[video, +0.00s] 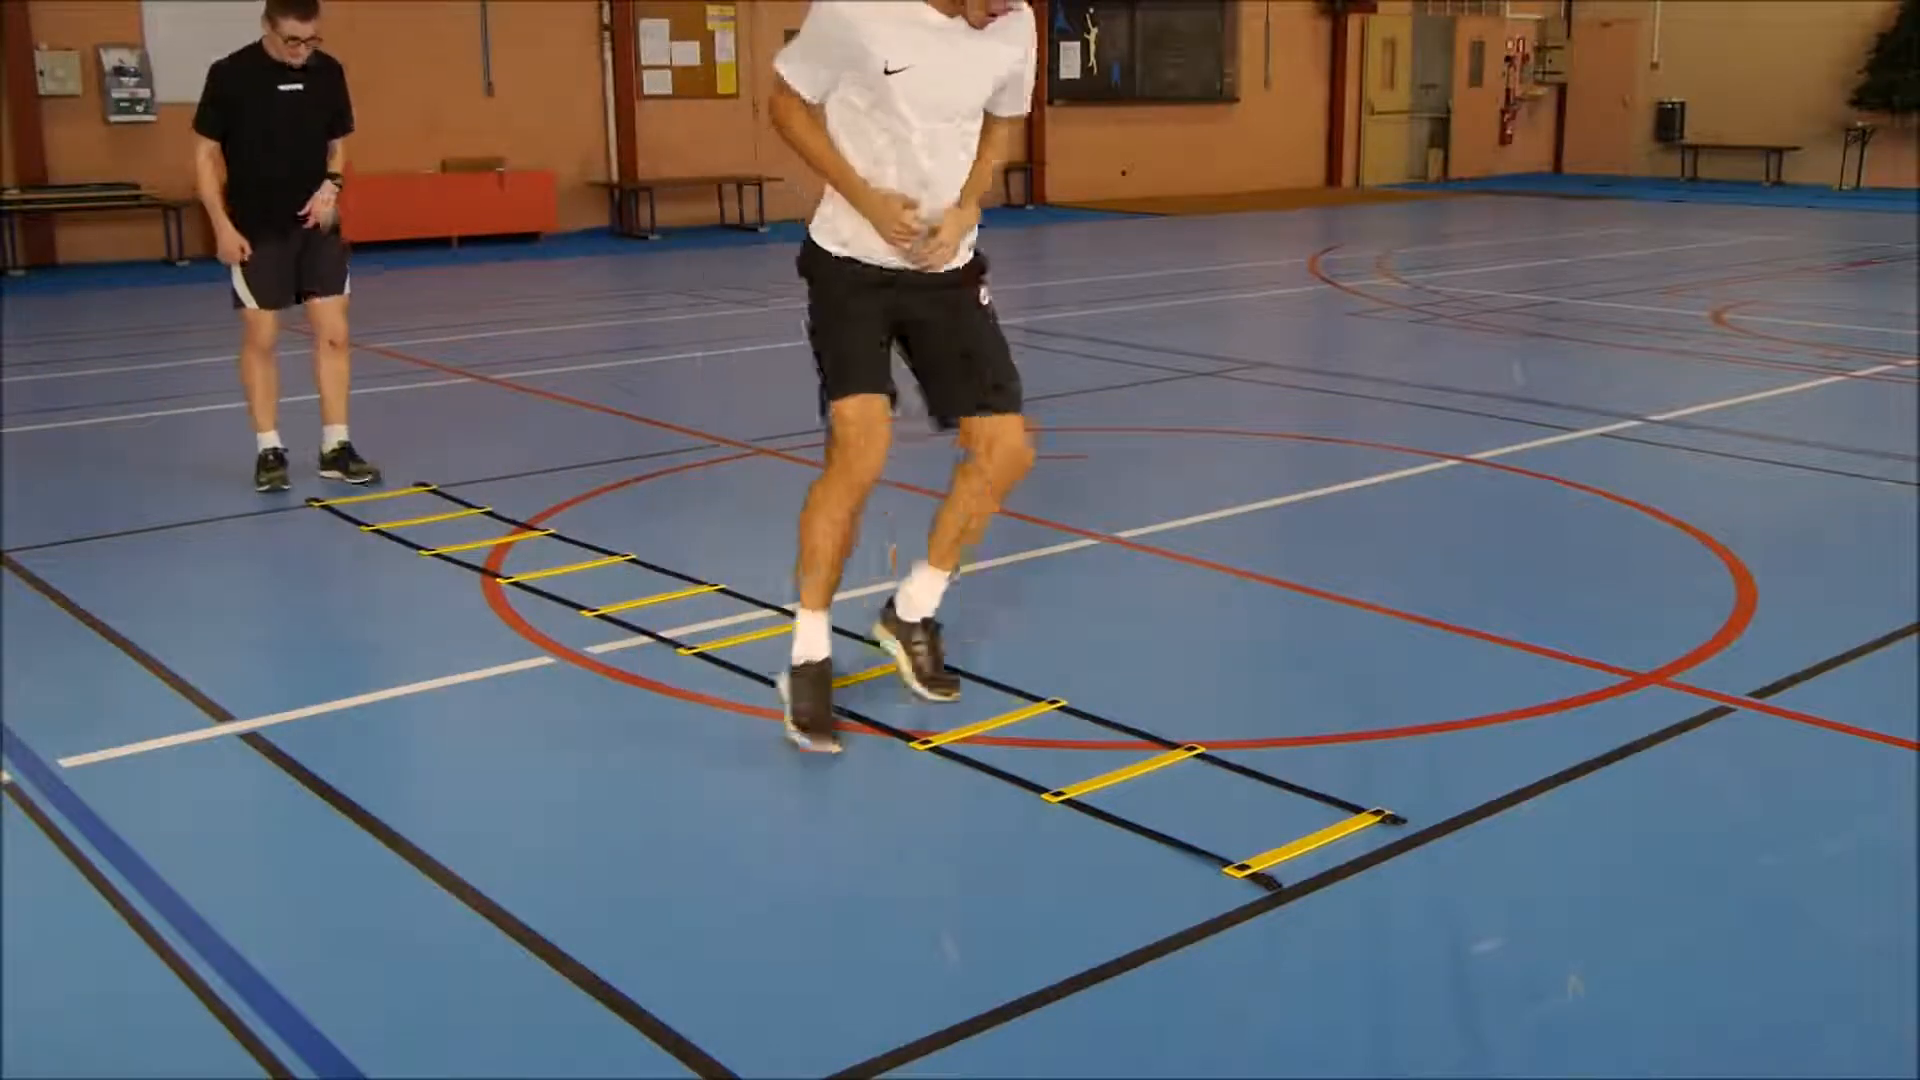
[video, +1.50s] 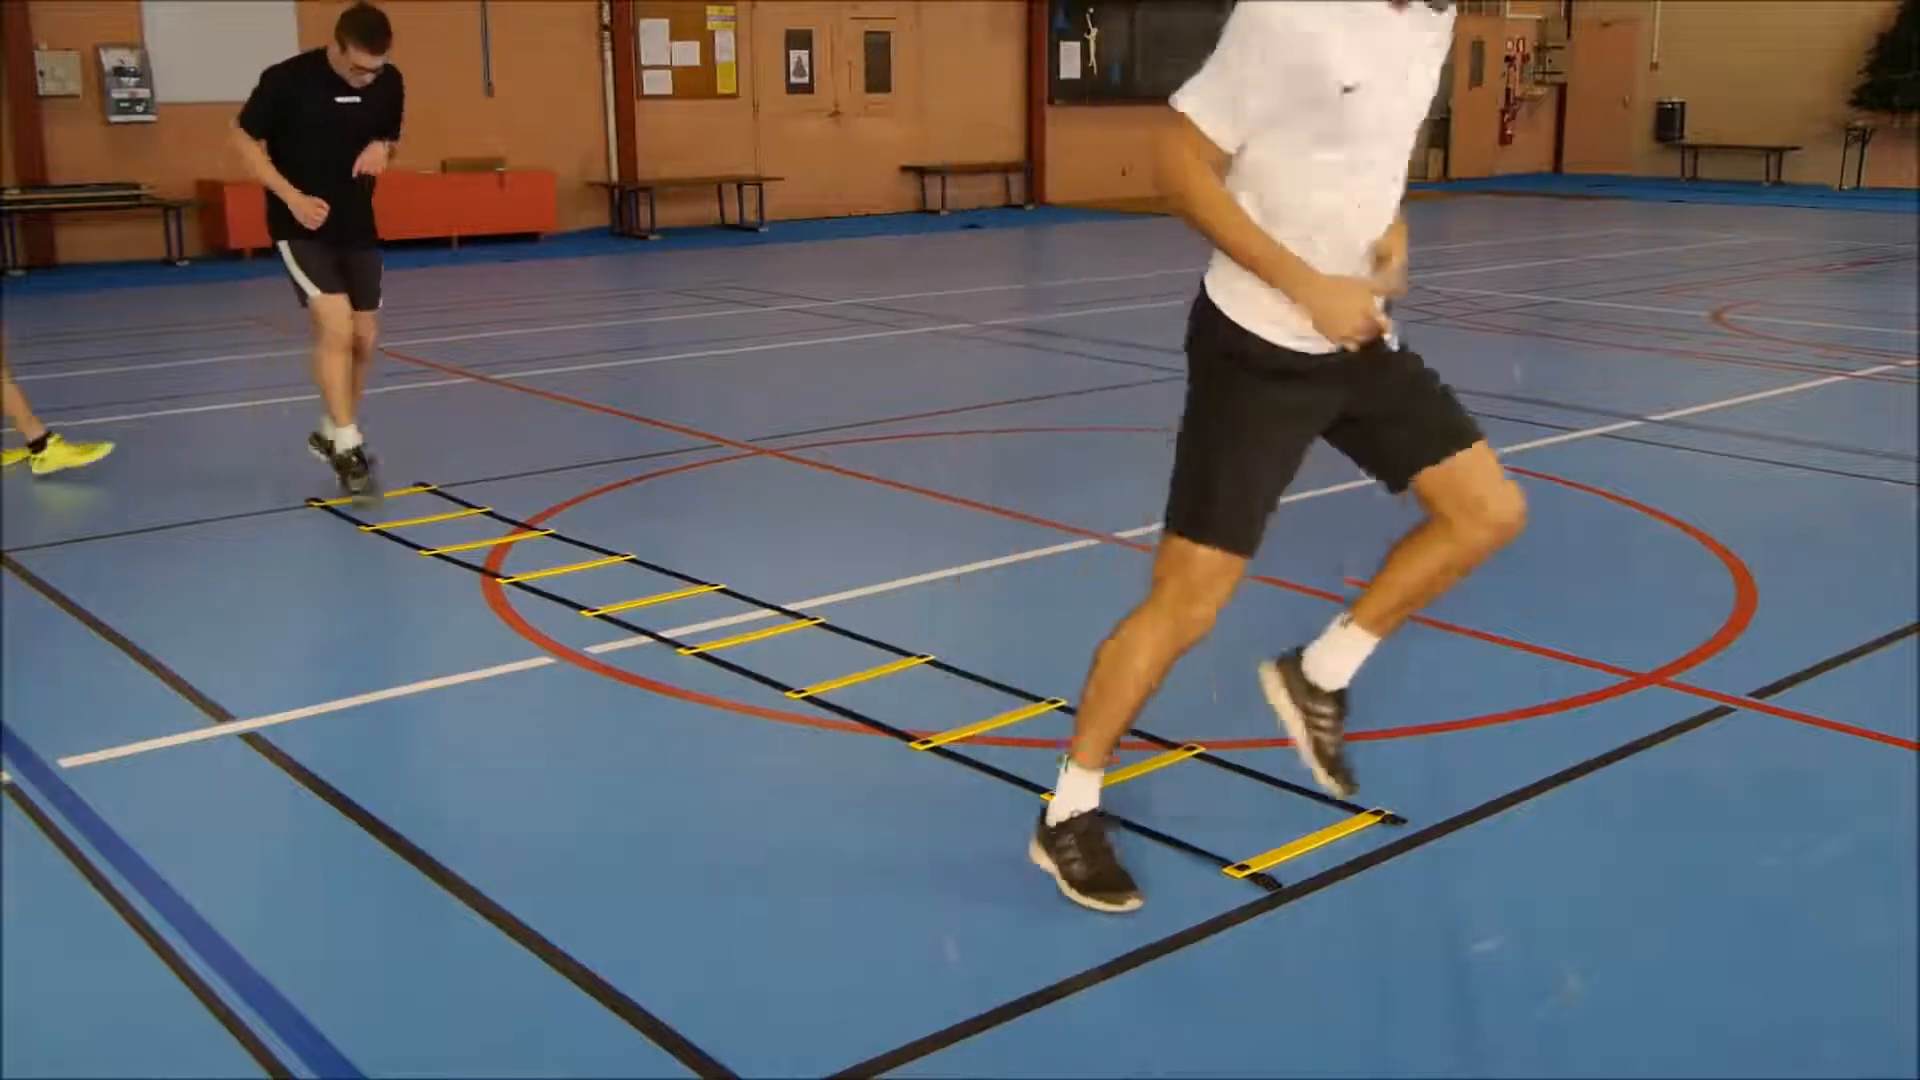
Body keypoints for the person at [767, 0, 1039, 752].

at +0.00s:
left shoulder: (1015, 27)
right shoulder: (853, 14)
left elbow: (1002, 123)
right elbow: (785, 103)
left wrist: (968, 205)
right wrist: (864, 196)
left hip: (947, 270)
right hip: (849, 263)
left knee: (1005, 448)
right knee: (860, 446)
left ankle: (913, 609)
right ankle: (810, 652)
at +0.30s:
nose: (1082, 5)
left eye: (1088, 0)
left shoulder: (1101, 36)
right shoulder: (927, 19)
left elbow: (1103, 144)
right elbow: (860, 108)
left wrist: (1068, 215)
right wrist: (922, 190)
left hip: (1042, 289)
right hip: (937, 284)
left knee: (1091, 482)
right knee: (938, 472)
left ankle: (1044, 636)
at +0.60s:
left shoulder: (1171, 16)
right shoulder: (989, 7)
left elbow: (1155, 126)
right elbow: (914, 88)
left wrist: (1113, 209)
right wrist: (990, 181)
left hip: (1082, 269)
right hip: (978, 266)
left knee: (1119, 479)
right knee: (1016, 478)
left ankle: (1038, 657)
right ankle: (986, 656)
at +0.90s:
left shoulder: (1253, 17)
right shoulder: (1085, 11)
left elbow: (1224, 120)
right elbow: (999, 120)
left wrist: (1194, 215)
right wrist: (1088, 228)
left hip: (1173, 281)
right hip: (1060, 285)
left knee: (1266, 462)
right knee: (1042, 509)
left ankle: (1211, 657)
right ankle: (954, 695)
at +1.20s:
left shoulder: (1347, 12)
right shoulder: (1161, 8)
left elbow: (1325, 123)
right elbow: (1076, 96)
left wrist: (1293, 212)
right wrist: (1152, 223)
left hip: (1265, 289)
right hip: (1153, 292)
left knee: (1335, 486)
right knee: (1183, 533)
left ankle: (1219, 655)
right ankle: (1157, 725)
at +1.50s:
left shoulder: (1436, 19)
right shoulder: (1284, 18)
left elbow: (1362, 142)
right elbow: (1178, 163)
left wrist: (1386, 224)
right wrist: (1306, 284)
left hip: (1357, 340)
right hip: (1253, 343)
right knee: (1189, 598)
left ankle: (1319, 675)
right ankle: (1070, 808)